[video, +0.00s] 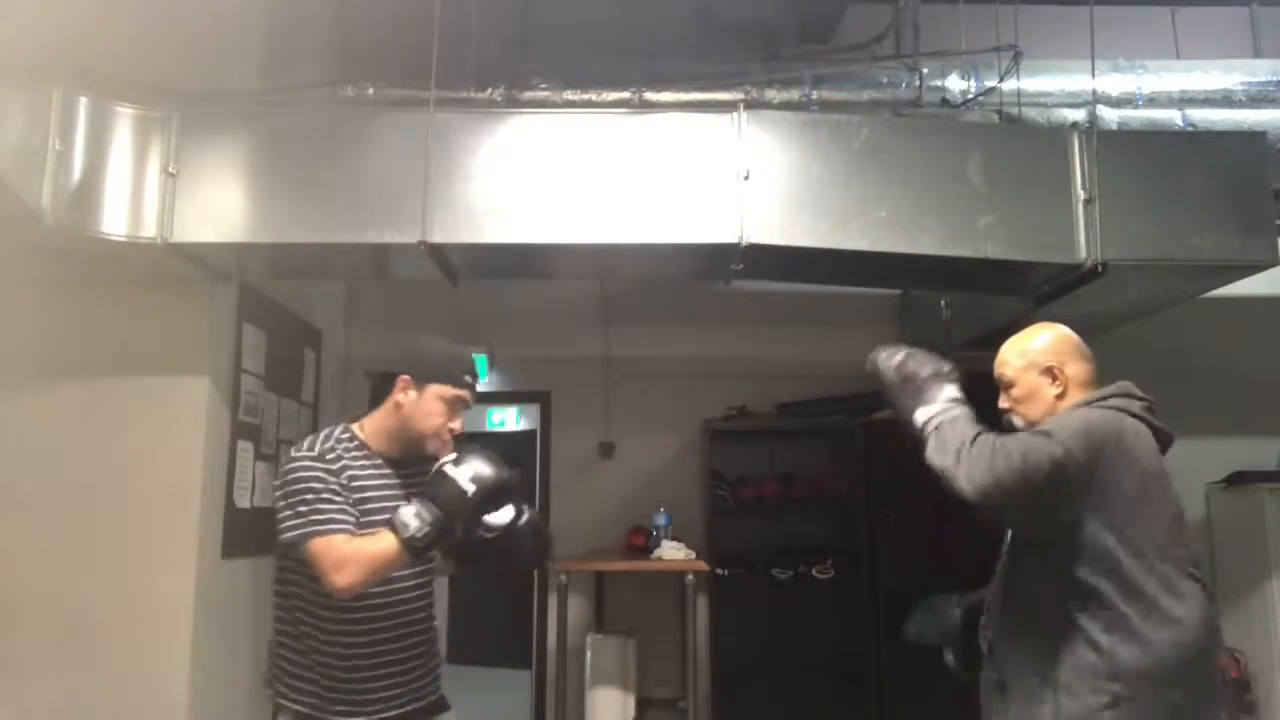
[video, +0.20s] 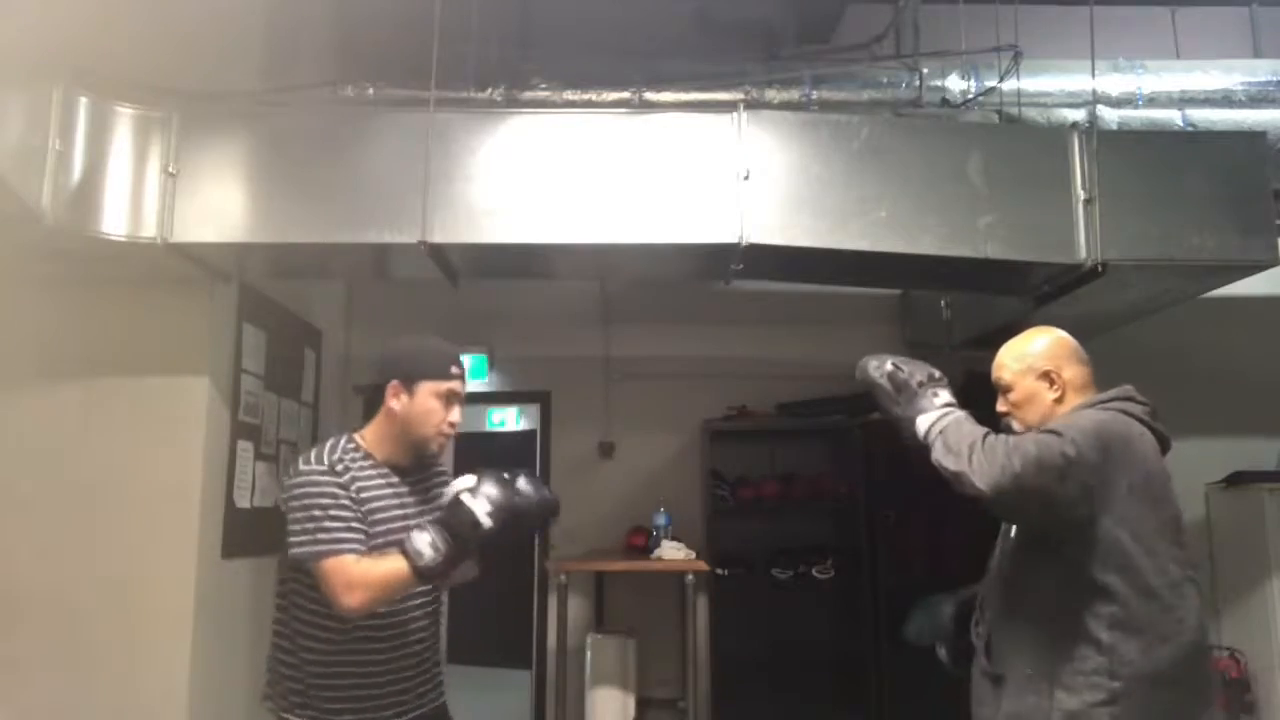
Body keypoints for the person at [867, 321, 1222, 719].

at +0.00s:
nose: (1000, 403)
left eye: (1008, 385)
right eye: (1000, 389)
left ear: (1055, 380)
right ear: (1056, 380)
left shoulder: (1088, 432)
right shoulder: (1106, 429)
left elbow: (984, 475)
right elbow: (1065, 577)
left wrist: (932, 398)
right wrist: (970, 616)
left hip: (1115, 688)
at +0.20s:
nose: (999, 407)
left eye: (1006, 390)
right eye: (998, 394)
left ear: (1053, 383)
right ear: (1053, 384)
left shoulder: (1097, 435)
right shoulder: (1096, 433)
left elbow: (995, 470)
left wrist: (932, 407)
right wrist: (964, 614)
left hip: (1102, 693)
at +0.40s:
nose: (986, 411)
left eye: (993, 395)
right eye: (984, 400)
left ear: (1038, 385)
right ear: (1040, 385)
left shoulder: (1085, 436)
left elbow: (1001, 479)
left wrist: (942, 414)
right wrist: (966, 623)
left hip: (1093, 698)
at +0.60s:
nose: (972, 411)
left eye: (978, 393)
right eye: (971, 398)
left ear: (1024, 382)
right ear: (1031, 384)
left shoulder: (1054, 440)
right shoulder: (1087, 435)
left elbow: (937, 474)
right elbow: (1058, 578)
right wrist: (968, 614)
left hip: (1082, 685)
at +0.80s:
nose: (975, 410)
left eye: (984, 392)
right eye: (972, 396)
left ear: (1035, 383)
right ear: (1033, 387)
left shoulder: (1072, 432)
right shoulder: (1052, 441)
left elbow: (966, 479)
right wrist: (961, 621)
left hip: (1104, 685)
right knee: (931, 628)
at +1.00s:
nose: (971, 414)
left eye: (980, 397)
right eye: (970, 401)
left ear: (1028, 389)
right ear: (1027, 390)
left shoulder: (1077, 457)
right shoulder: (1050, 452)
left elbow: (1056, 591)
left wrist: (956, 643)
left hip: (1113, 701)